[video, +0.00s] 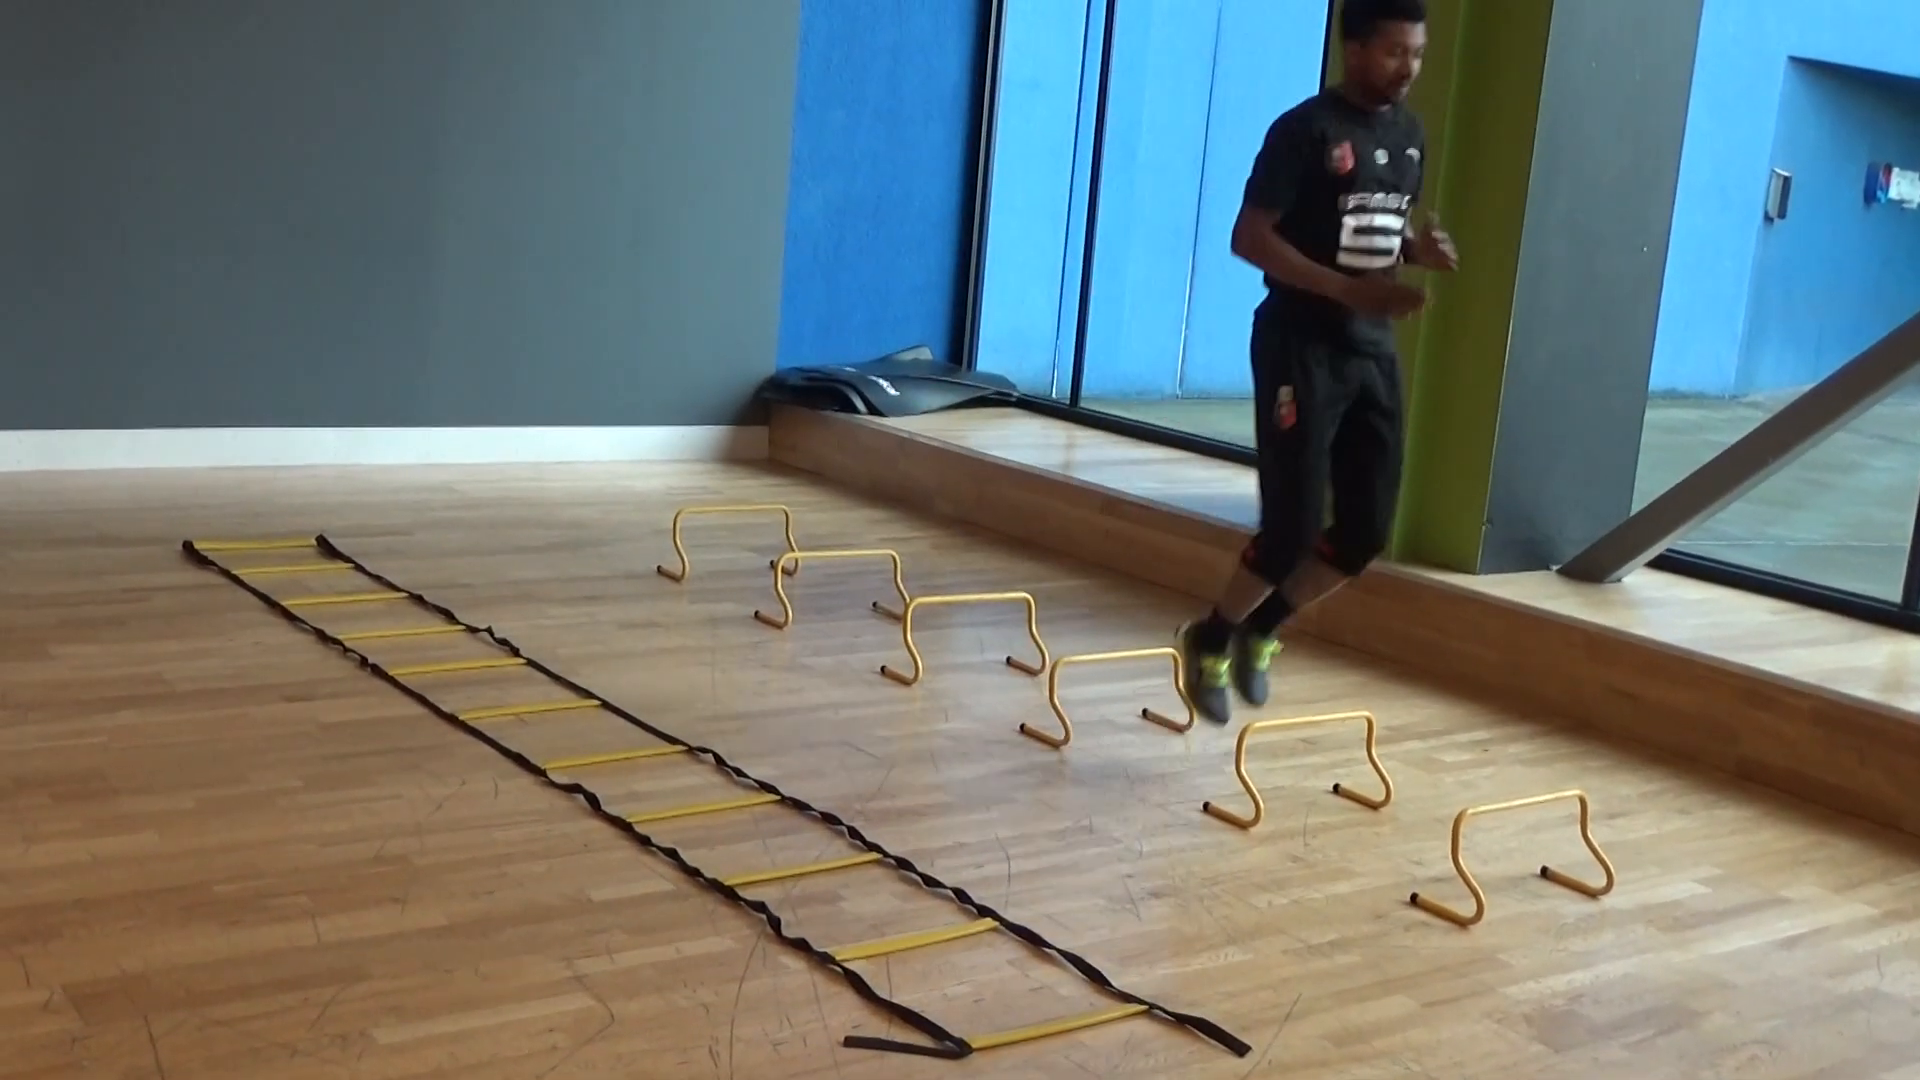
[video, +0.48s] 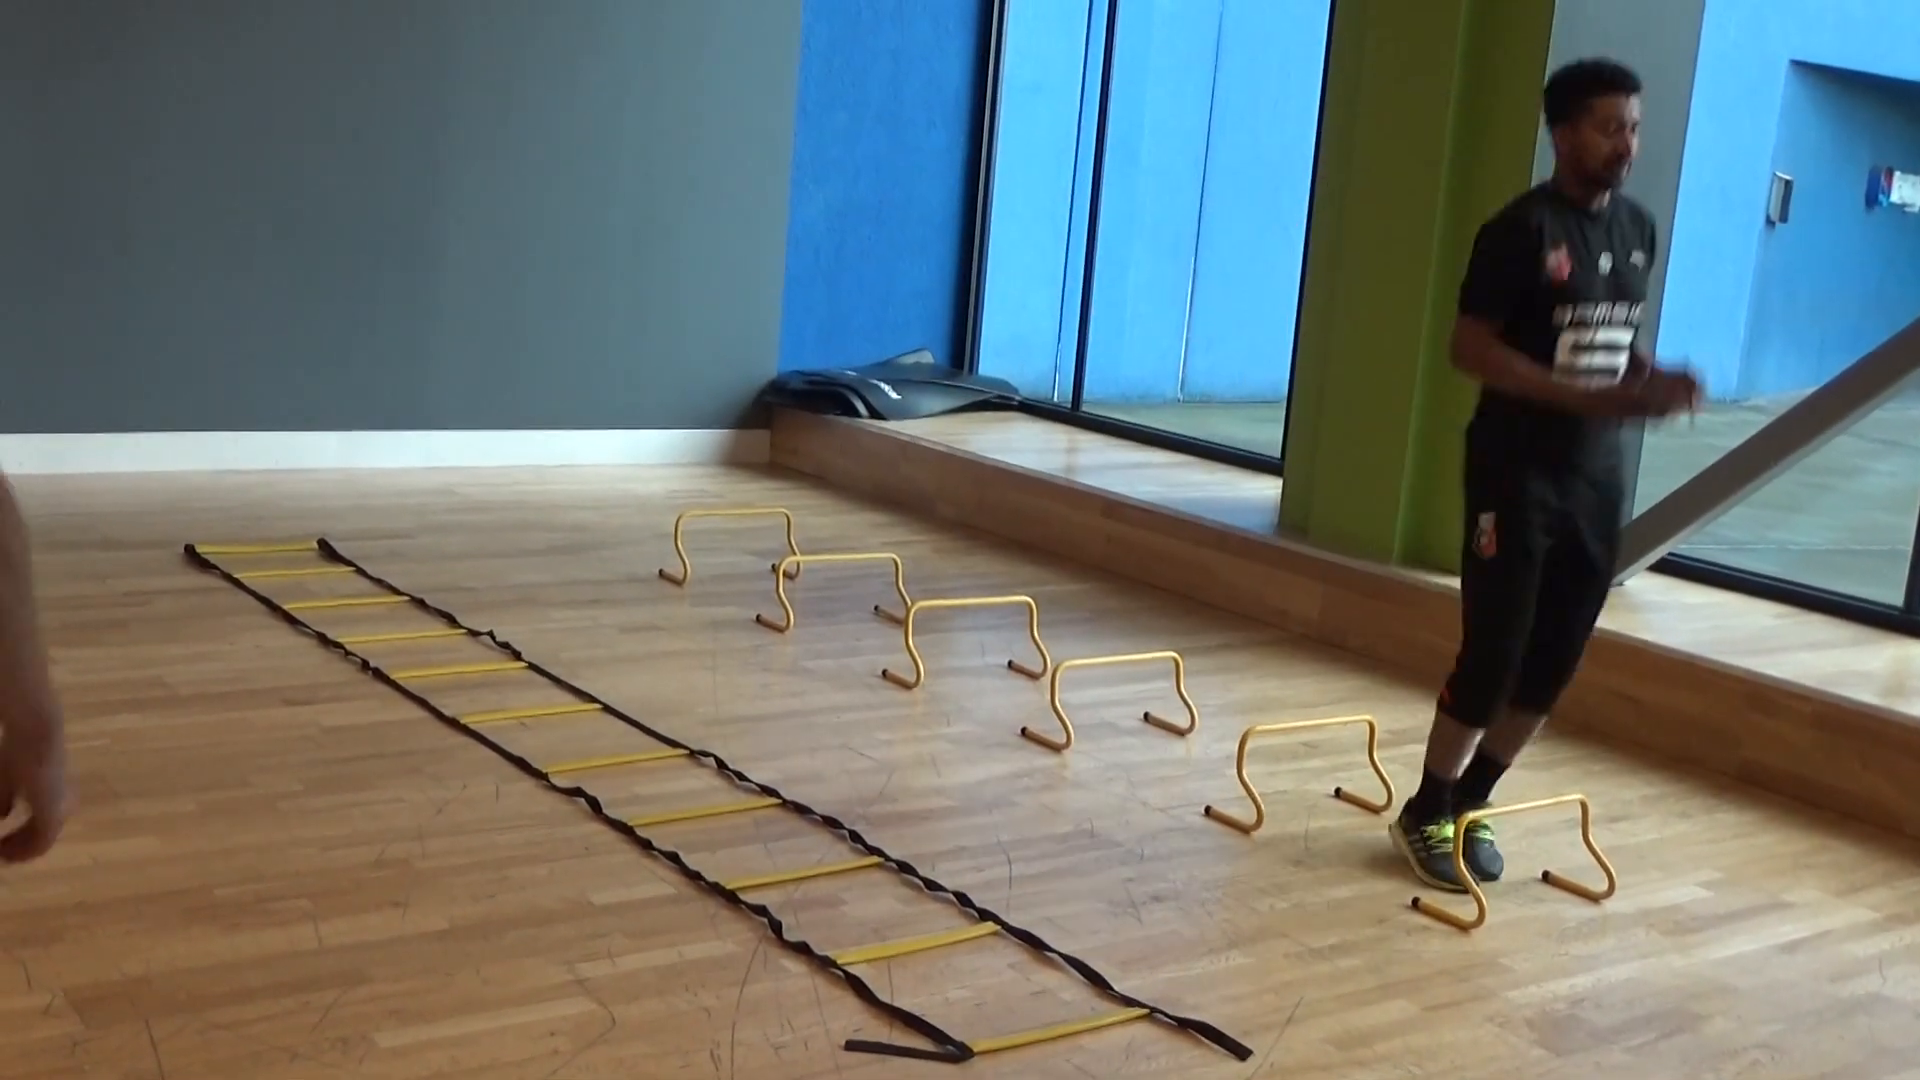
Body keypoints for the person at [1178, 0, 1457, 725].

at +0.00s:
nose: (1408, 68)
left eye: (1416, 54)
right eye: (1395, 52)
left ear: (1420, 57)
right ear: (1354, 48)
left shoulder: (1408, 136)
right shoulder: (1304, 131)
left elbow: (1385, 226)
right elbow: (1249, 236)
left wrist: (1419, 241)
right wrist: (1351, 287)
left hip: (1371, 348)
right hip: (1299, 344)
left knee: (1360, 539)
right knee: (1292, 531)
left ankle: (1260, 631)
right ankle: (1209, 637)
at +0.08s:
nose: (1467, 49)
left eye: (1476, 35)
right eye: (1454, 32)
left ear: (1481, 35)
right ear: (1407, 25)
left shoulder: (1457, 111)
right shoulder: (1350, 105)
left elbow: (1422, 210)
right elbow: (1269, 205)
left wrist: (1463, 285)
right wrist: (1316, 310)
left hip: (1403, 333)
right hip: (1331, 330)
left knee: (1425, 496)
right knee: (1347, 506)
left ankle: (1322, 593)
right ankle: (1262, 605)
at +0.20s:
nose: (1544, 75)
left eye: (1554, 61)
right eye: (1533, 56)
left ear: (1555, 60)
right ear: (1487, 43)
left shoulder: (1528, 130)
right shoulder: (1416, 112)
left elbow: (1468, 212)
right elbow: (1293, 150)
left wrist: (1473, 290)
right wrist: (1305, 271)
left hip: (1458, 345)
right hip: (1376, 338)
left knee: (1476, 523)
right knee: (1398, 525)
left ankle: (1424, 677)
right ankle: (1360, 696)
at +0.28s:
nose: (1582, 112)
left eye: (1591, 97)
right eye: (1570, 94)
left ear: (1591, 97)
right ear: (1521, 82)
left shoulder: (1563, 171)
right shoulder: (1451, 150)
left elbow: (1496, 249)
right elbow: (1332, 172)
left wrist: (1488, 343)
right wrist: (1336, 296)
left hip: (1492, 392)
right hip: (1411, 383)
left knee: (1495, 581)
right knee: (1427, 580)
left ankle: (1468, 760)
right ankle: (1411, 763)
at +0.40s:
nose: (1606, 186)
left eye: (1612, 171)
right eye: (1589, 170)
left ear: (1616, 174)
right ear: (1541, 173)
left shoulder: (1596, 266)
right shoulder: (1484, 264)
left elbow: (1549, 383)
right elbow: (1402, 368)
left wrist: (1582, 457)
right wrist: (1458, 477)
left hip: (1546, 497)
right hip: (1472, 494)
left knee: (1535, 691)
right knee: (1489, 683)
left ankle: (1459, 813)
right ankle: (1424, 824)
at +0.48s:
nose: (1628, 144)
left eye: (1634, 129)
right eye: (1611, 129)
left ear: (1638, 132)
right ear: (1562, 131)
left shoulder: (1639, 231)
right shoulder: (1517, 230)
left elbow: (1618, 349)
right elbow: (1470, 348)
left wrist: (1656, 384)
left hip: (1598, 480)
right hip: (1515, 474)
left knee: (1553, 661)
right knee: (1494, 651)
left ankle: (1468, 805)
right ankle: (1427, 811)